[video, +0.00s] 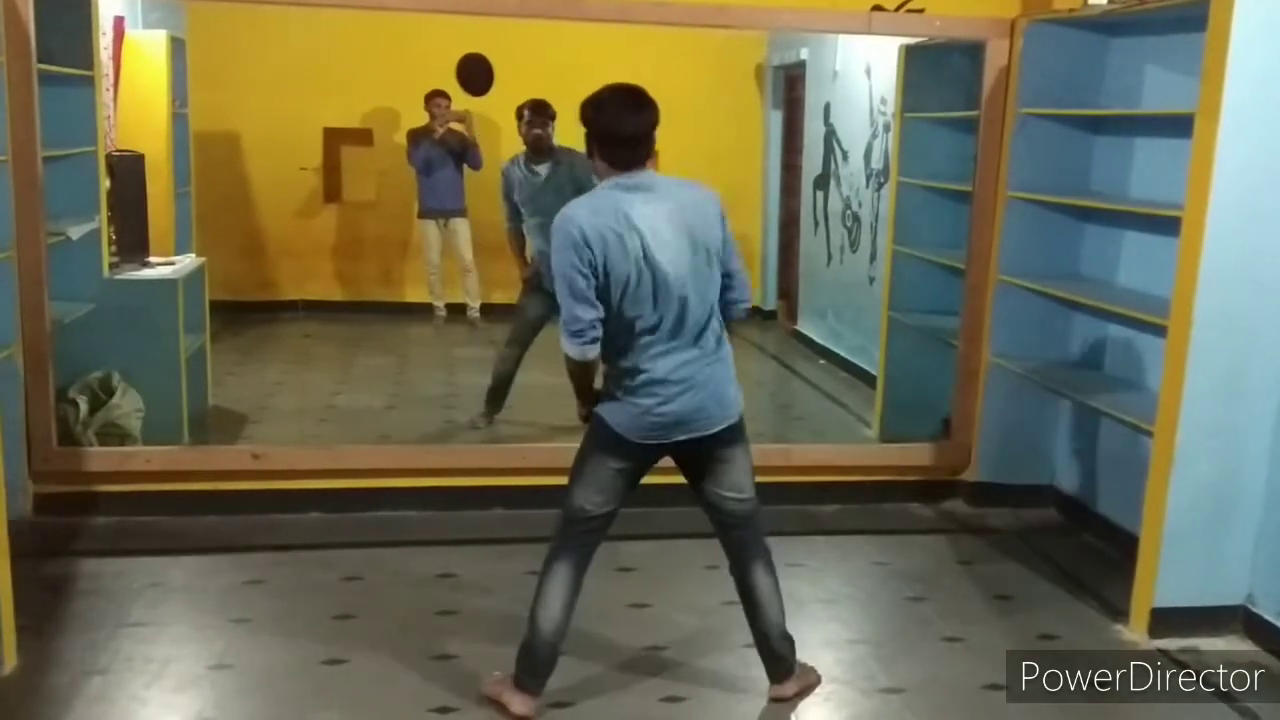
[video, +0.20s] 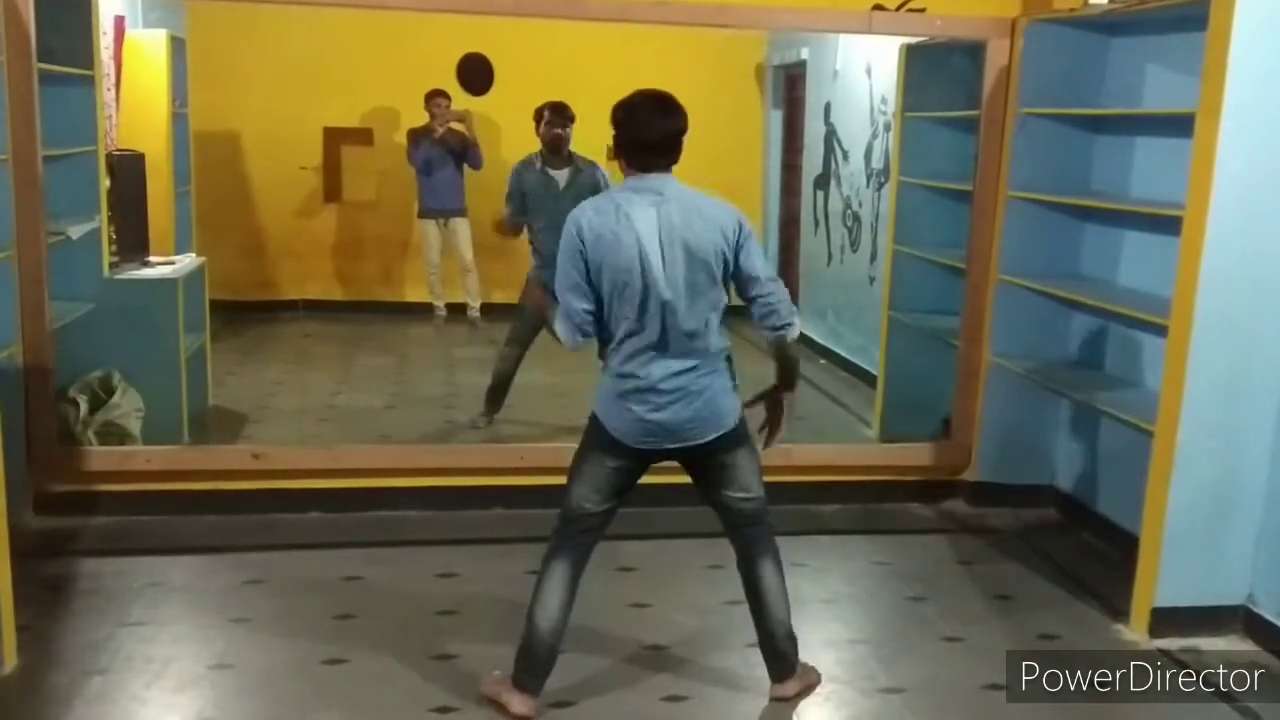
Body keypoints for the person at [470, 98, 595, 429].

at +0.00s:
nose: (538, 132)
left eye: (544, 126)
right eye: (531, 126)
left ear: (554, 128)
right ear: (520, 130)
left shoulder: (578, 165)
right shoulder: (512, 171)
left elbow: (597, 212)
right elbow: (513, 222)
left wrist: (595, 256)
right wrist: (522, 264)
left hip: (584, 266)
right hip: (543, 268)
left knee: (610, 336)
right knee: (515, 341)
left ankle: (611, 403)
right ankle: (489, 412)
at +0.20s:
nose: (559, 132)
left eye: (565, 126)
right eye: (552, 126)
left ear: (573, 129)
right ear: (538, 130)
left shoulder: (592, 173)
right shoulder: (525, 172)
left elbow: (610, 219)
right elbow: (514, 224)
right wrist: (504, 224)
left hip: (590, 270)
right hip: (547, 271)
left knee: (612, 342)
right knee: (515, 343)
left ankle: (624, 413)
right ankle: (489, 411)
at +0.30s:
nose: (565, 126)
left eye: (571, 120)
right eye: (558, 119)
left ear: (578, 124)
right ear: (544, 124)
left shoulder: (594, 167)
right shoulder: (529, 163)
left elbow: (609, 213)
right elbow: (502, 211)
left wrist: (611, 262)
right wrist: (507, 174)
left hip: (588, 270)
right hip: (545, 270)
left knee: (625, 337)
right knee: (514, 345)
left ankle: (640, 416)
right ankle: (489, 411)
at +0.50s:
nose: (577, 126)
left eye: (583, 120)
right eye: (570, 119)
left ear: (590, 123)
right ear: (556, 121)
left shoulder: (598, 168)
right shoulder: (537, 159)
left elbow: (616, 211)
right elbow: (489, 167)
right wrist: (518, 165)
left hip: (591, 278)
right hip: (544, 276)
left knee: (624, 346)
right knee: (512, 347)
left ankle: (635, 423)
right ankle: (488, 411)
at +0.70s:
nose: (590, 128)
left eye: (596, 123)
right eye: (583, 121)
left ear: (600, 128)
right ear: (567, 122)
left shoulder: (599, 170)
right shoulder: (544, 158)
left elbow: (607, 209)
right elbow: (502, 181)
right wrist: (522, 193)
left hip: (589, 273)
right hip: (545, 272)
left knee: (618, 341)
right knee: (513, 343)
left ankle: (625, 415)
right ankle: (488, 408)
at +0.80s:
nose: (589, 126)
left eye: (595, 121)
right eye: (582, 119)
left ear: (600, 128)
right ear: (567, 121)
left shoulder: (599, 170)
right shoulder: (545, 158)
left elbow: (607, 212)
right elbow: (510, 195)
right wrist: (536, 184)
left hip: (589, 270)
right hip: (544, 269)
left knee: (619, 337)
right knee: (512, 341)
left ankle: (624, 414)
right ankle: (487, 407)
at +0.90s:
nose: (583, 122)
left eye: (590, 117)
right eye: (577, 115)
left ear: (597, 124)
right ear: (563, 118)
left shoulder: (596, 163)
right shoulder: (548, 155)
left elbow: (598, 207)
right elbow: (522, 196)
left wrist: (596, 166)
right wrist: (539, 157)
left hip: (588, 269)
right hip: (544, 267)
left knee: (619, 337)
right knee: (511, 340)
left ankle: (624, 414)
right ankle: (486, 406)